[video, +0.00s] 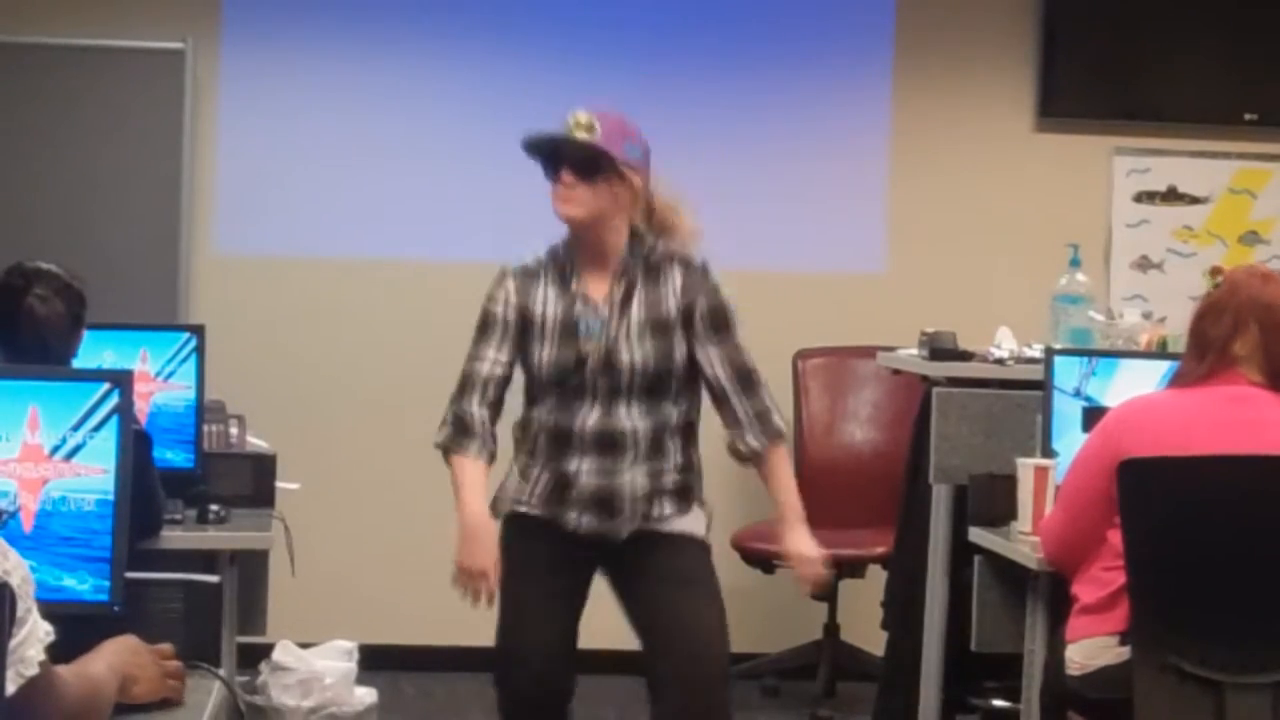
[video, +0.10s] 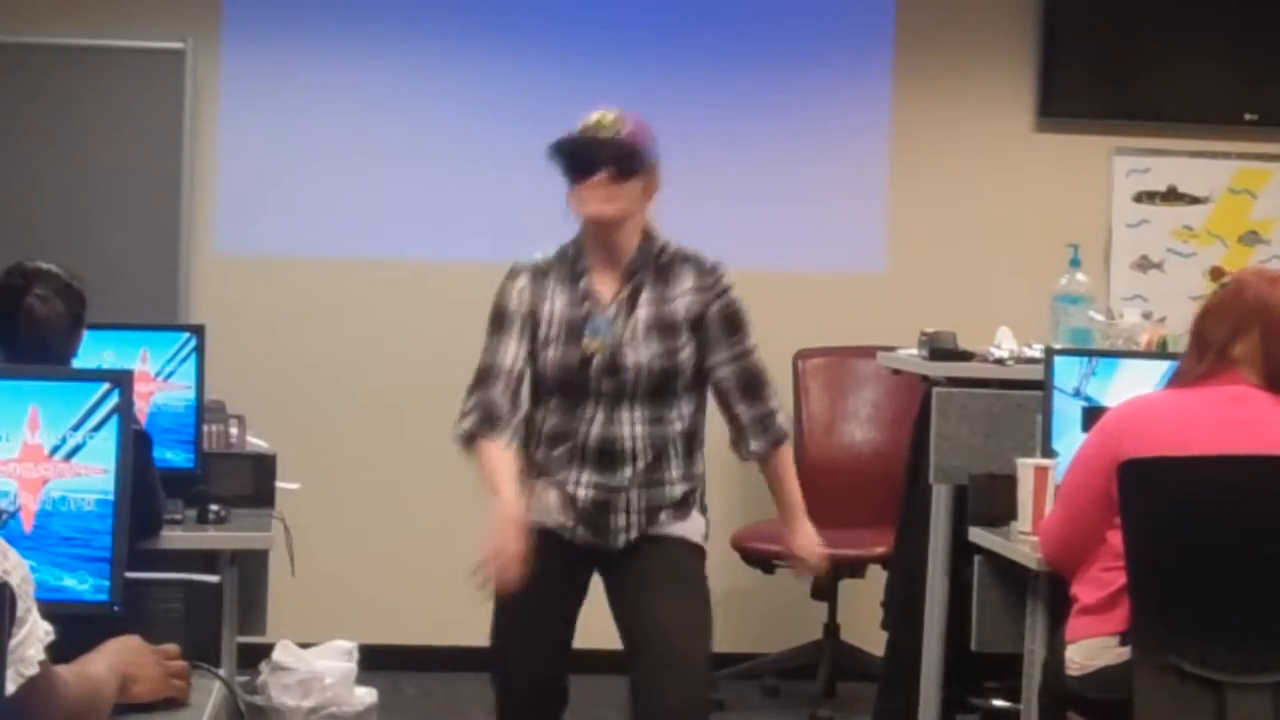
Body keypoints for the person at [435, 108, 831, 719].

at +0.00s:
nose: (561, 179)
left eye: (583, 168)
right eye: (557, 166)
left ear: (628, 186)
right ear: (549, 175)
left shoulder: (683, 282)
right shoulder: (522, 288)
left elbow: (748, 406)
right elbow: (470, 416)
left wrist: (793, 522)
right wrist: (473, 525)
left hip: (658, 517)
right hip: (546, 514)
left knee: (697, 690)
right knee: (529, 692)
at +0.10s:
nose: (597, 181)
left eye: (618, 168)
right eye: (583, 168)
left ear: (650, 185)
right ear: (568, 186)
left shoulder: (697, 285)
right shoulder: (529, 288)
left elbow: (754, 408)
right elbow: (491, 412)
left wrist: (796, 519)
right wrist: (507, 505)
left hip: (659, 518)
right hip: (548, 510)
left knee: (677, 695)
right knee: (522, 687)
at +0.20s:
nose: (650, 147)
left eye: (666, 133)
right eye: (630, 134)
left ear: (685, 148)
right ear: (600, 151)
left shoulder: (724, 253)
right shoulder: (551, 243)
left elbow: (762, 382)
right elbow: (519, 366)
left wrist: (763, 484)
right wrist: (575, 455)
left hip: (669, 495)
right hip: (561, 490)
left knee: (672, 684)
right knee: (549, 686)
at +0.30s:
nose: (690, 143)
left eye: (701, 131)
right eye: (670, 130)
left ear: (712, 145)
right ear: (628, 148)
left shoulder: (743, 249)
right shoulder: (572, 233)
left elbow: (761, 388)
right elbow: (542, 350)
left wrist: (747, 483)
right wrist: (633, 430)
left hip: (695, 503)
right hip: (581, 499)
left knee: (694, 687)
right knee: (575, 687)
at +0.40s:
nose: (713, 165)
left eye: (722, 152)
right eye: (691, 152)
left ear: (731, 167)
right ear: (645, 169)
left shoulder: (757, 280)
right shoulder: (582, 267)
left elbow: (774, 419)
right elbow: (563, 383)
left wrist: (768, 520)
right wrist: (670, 452)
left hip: (714, 526)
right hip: (598, 521)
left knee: (721, 703)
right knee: (589, 705)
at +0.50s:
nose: (734, 160)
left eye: (741, 147)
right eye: (711, 147)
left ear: (747, 159)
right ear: (663, 164)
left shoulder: (767, 273)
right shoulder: (596, 256)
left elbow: (791, 422)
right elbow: (577, 394)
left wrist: (804, 551)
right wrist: (642, 488)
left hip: (726, 528)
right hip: (608, 525)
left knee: (732, 703)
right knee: (599, 706)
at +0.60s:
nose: (751, 136)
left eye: (757, 123)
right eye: (728, 123)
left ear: (762, 136)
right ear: (677, 138)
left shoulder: (779, 245)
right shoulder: (607, 226)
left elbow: (813, 372)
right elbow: (571, 367)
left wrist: (843, 477)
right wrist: (581, 486)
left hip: (731, 503)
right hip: (616, 499)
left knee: (735, 698)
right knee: (599, 700)